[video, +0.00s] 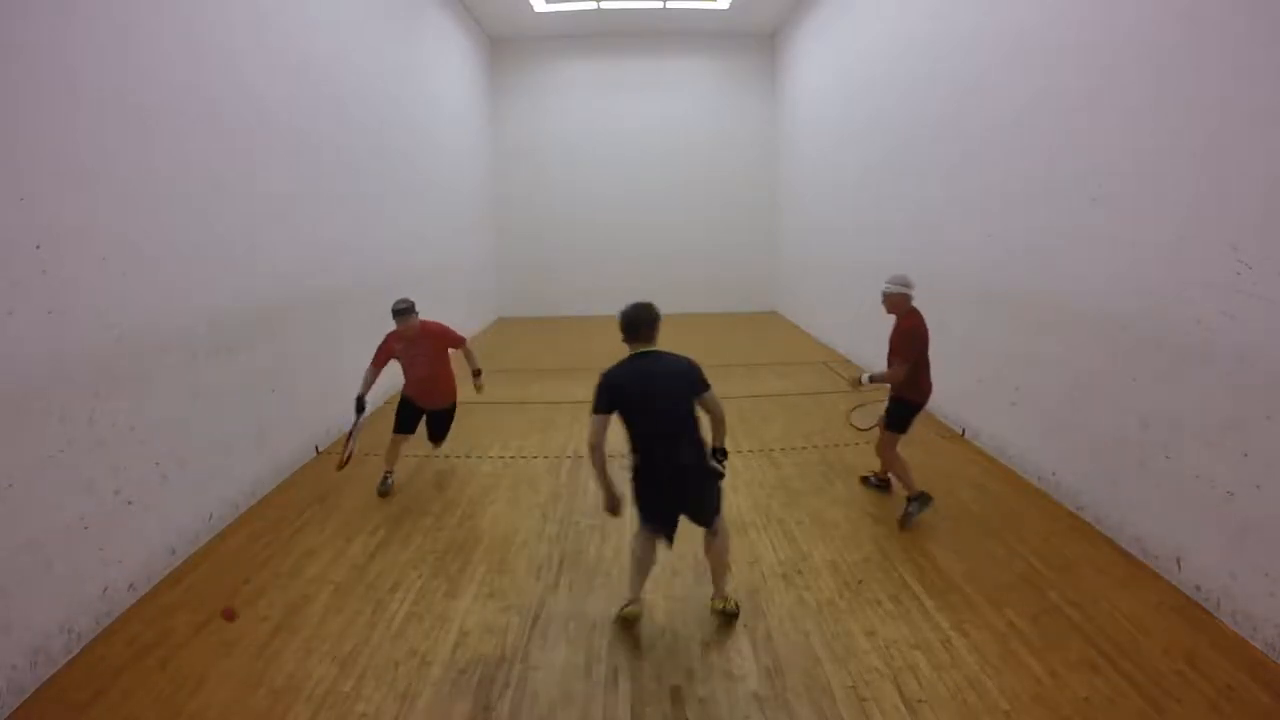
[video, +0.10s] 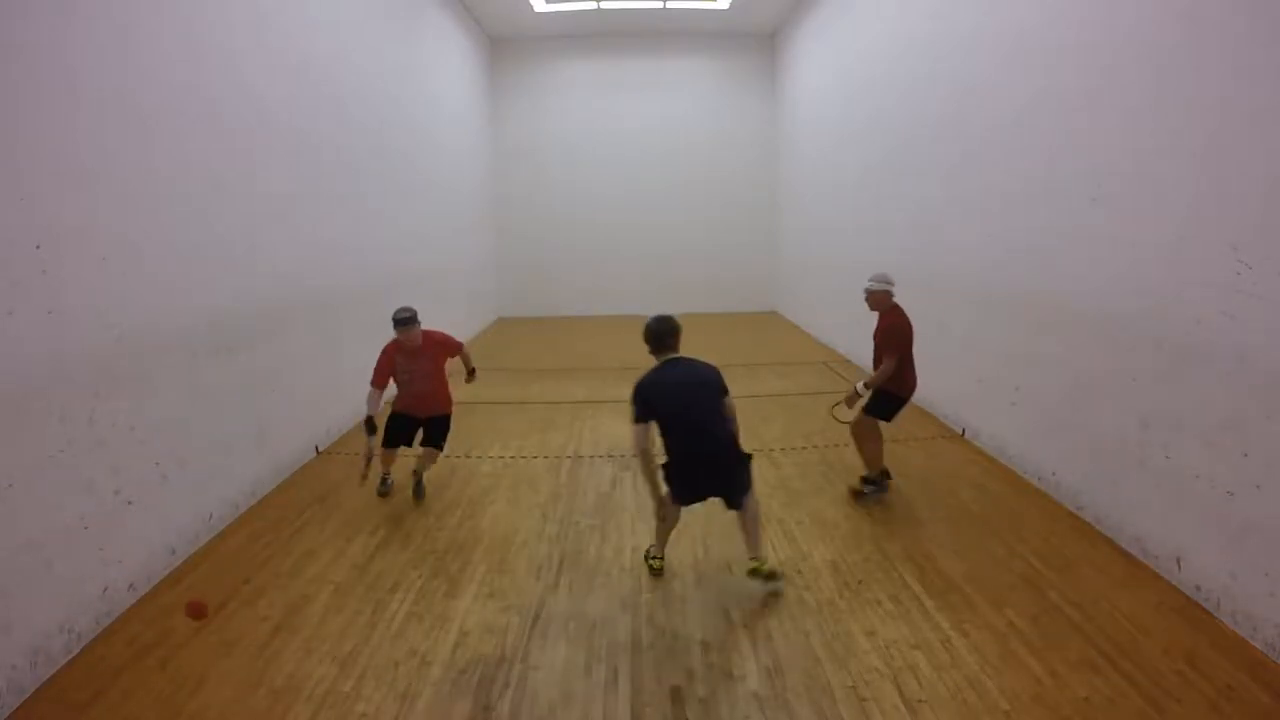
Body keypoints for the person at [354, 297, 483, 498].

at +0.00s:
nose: (404, 326)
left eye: (407, 321)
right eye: (399, 322)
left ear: (416, 316)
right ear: (395, 322)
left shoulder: (435, 331)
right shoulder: (393, 341)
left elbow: (463, 345)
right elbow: (375, 368)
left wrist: (476, 372)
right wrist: (361, 396)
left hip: (442, 398)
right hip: (412, 396)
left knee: (436, 441)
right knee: (398, 437)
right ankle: (387, 476)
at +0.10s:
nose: (409, 336)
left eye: (412, 331)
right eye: (403, 333)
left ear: (419, 326)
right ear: (396, 333)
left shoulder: (437, 340)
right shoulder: (391, 352)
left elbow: (461, 350)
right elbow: (377, 388)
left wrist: (470, 370)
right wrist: (370, 416)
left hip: (437, 407)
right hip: (406, 407)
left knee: (434, 450)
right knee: (389, 444)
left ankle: (419, 473)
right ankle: (386, 476)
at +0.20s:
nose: (421, 337)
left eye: (425, 331)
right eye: (415, 332)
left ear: (433, 328)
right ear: (408, 332)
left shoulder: (448, 343)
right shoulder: (400, 352)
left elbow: (465, 348)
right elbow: (391, 395)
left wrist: (467, 372)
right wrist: (392, 429)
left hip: (438, 418)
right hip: (406, 419)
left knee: (434, 466)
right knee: (392, 449)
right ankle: (381, 472)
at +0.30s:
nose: (435, 342)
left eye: (439, 336)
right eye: (429, 337)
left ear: (448, 335)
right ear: (421, 338)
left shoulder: (463, 358)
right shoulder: (410, 361)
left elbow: (476, 382)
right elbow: (399, 407)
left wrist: (475, 411)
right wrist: (403, 448)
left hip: (445, 436)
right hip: (410, 438)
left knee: (441, 488)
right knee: (396, 471)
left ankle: (433, 538)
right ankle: (388, 475)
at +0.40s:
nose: (452, 358)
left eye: (457, 352)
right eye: (447, 353)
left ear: (465, 346)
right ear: (436, 348)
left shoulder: (478, 368)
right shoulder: (421, 373)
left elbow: (490, 403)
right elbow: (404, 420)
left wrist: (488, 440)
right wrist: (404, 464)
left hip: (459, 456)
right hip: (422, 455)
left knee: (456, 502)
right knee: (419, 504)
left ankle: (429, 533)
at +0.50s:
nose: (472, 351)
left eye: (478, 344)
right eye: (465, 345)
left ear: (487, 345)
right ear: (453, 348)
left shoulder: (502, 372)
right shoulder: (441, 380)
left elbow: (522, 403)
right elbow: (413, 429)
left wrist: (517, 433)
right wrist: (403, 475)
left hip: (477, 457)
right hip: (444, 456)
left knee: (459, 510)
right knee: (458, 516)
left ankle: (432, 532)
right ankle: (443, 580)